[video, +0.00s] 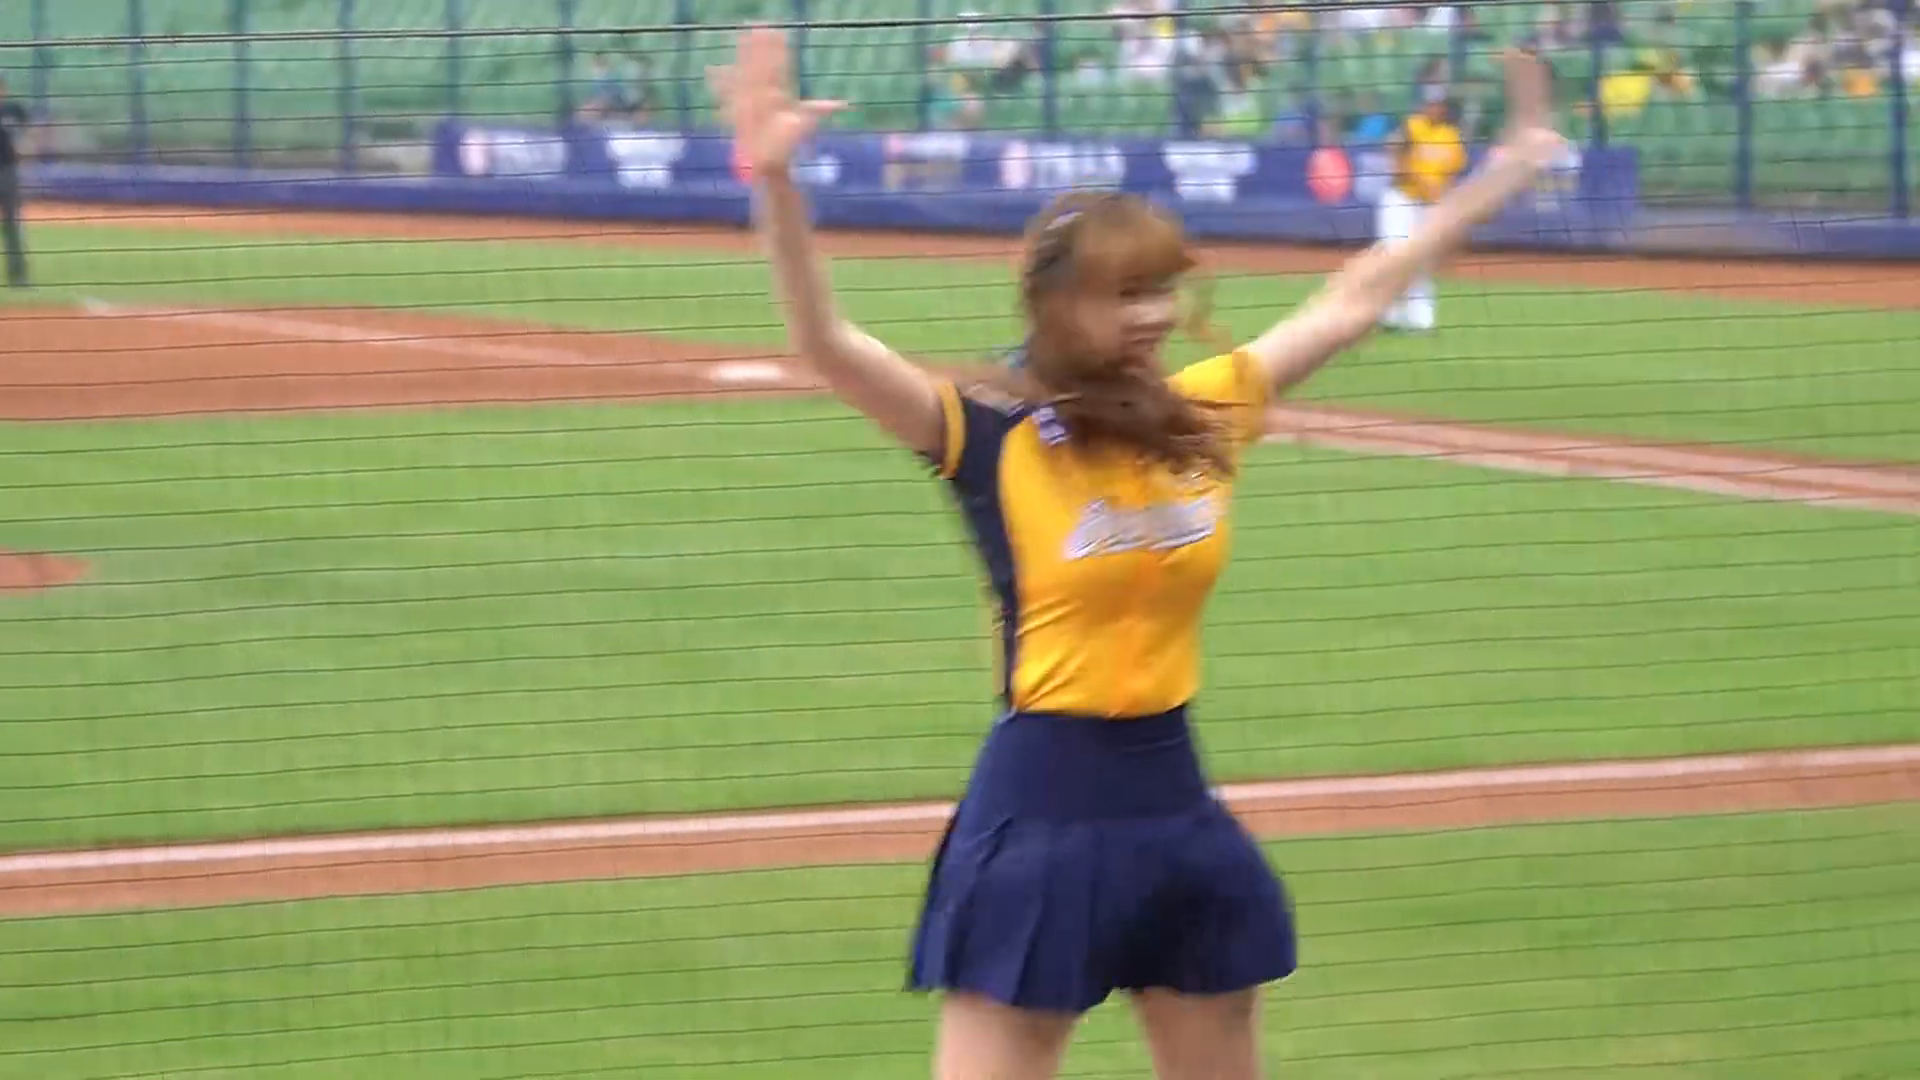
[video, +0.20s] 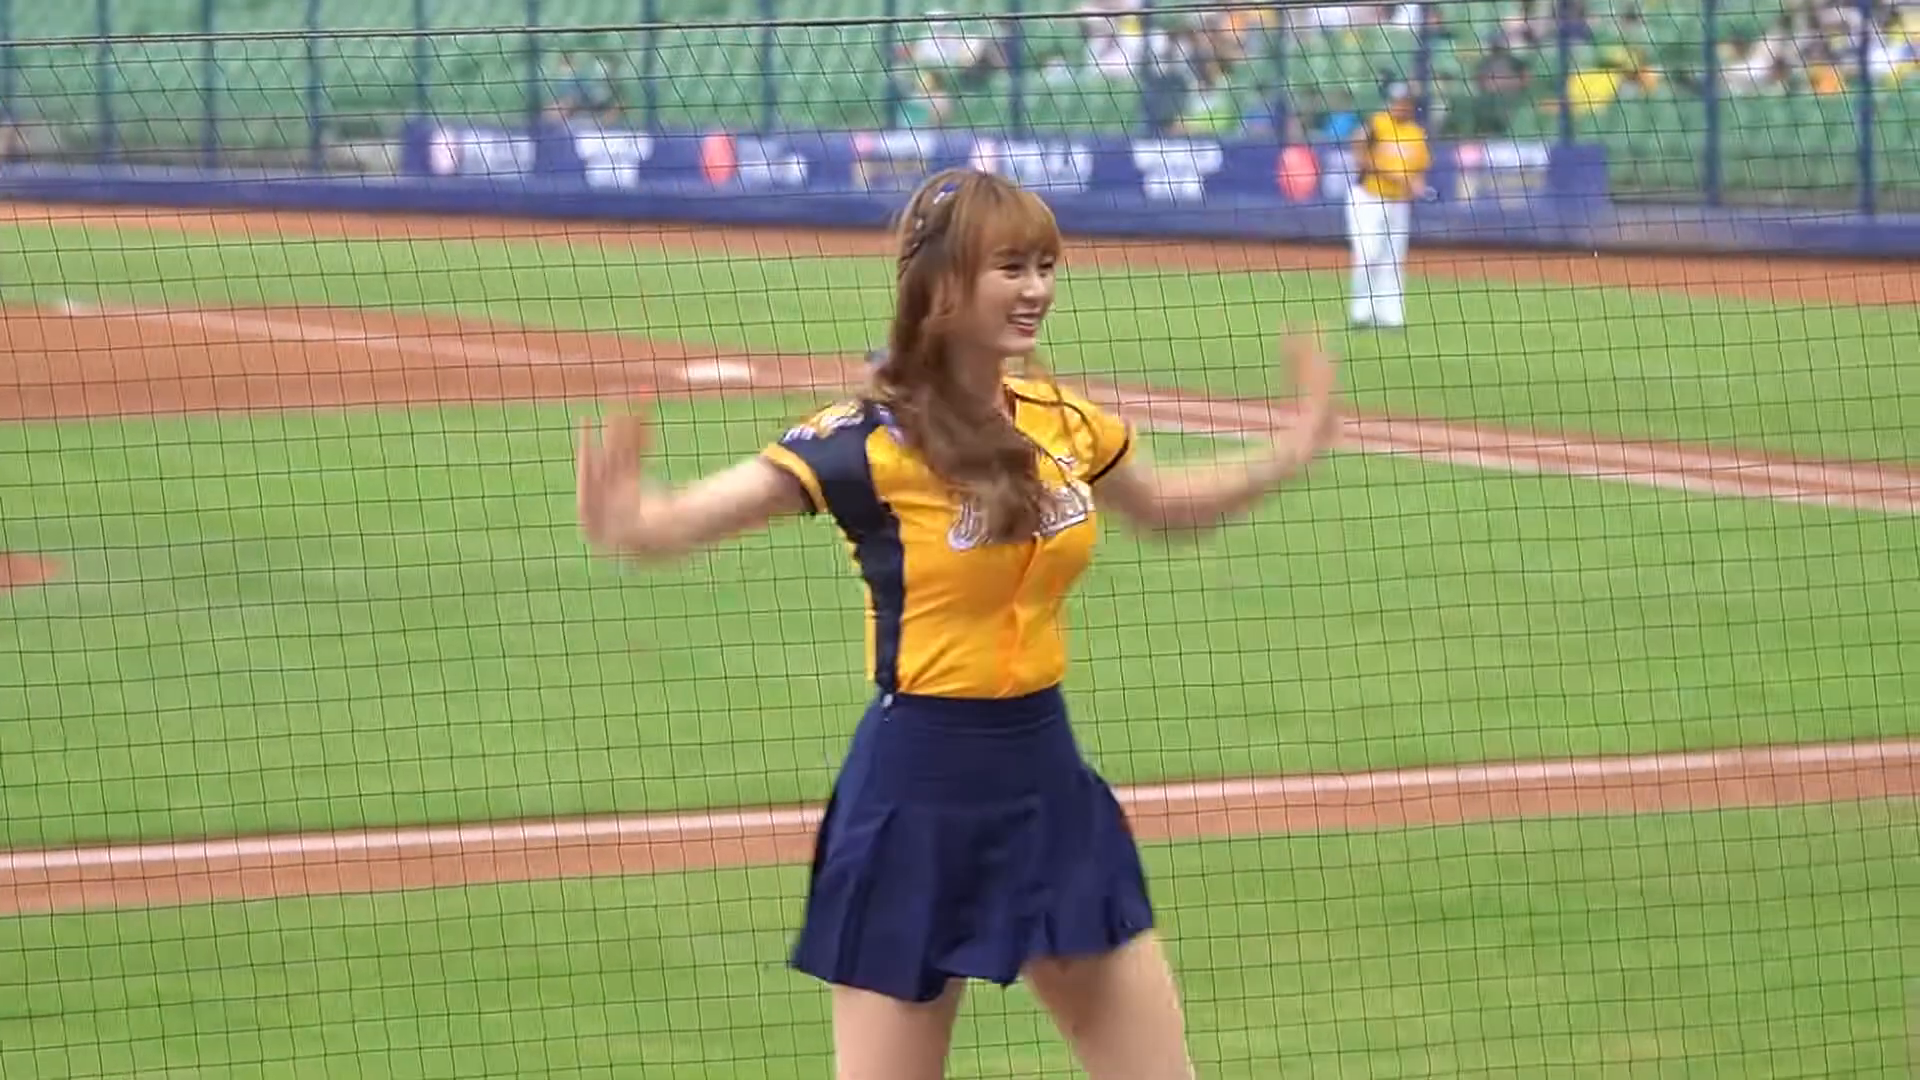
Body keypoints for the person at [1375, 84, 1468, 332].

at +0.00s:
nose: (1434, 110)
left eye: (1439, 105)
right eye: (1430, 104)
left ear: (1446, 107)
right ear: (1423, 105)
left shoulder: (1451, 134)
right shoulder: (1411, 128)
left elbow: (1458, 163)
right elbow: (1399, 166)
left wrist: (1441, 185)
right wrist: (1425, 187)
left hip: (1430, 201)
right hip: (1400, 198)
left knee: (1422, 258)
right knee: (1396, 255)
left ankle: (1420, 312)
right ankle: (1390, 311)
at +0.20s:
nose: (1400, 107)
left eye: (1405, 102)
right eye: (1396, 102)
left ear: (1413, 105)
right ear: (1388, 102)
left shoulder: (1417, 134)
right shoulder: (1377, 124)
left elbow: (1419, 166)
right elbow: (1360, 158)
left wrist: (1417, 184)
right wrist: (1397, 177)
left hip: (1398, 200)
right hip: (1367, 197)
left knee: (1393, 256)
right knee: (1369, 252)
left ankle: (1389, 310)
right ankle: (1362, 309)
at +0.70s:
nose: (1369, 107)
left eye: (1374, 103)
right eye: (1366, 101)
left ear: (1382, 103)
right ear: (1359, 99)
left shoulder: (1391, 128)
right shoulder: (1342, 122)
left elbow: (1400, 159)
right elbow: (1328, 155)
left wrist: (1384, 178)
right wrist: (1357, 173)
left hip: (1377, 198)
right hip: (1344, 197)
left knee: (1380, 255)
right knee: (1345, 255)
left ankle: (1385, 311)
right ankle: (1342, 310)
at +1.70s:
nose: (1375, 76)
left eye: (1379, 71)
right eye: (1371, 71)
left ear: (1387, 72)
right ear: (1363, 74)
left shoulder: (1405, 97)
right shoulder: (1354, 100)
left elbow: (1421, 128)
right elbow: (1344, 133)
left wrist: (1400, 152)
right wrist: (1366, 154)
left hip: (1400, 171)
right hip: (1365, 172)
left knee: (1401, 230)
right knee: (1371, 230)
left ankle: (1395, 283)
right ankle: (1374, 288)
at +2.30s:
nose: (1407, 55)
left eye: (1411, 49)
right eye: (1402, 50)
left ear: (1418, 53)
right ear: (1395, 52)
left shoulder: (1431, 85)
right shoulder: (1382, 77)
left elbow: (1437, 128)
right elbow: (1367, 105)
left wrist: (1436, 163)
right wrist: (1373, 137)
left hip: (1416, 157)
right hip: (1383, 154)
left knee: (1410, 214)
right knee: (1386, 212)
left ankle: (1406, 270)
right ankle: (1384, 269)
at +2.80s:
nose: (1417, 31)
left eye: (1422, 25)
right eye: (1413, 25)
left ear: (1429, 28)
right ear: (1406, 27)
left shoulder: (1443, 56)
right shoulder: (1391, 50)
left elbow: (1457, 99)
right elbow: (1380, 86)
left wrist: (1460, 133)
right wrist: (1376, 118)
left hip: (1430, 132)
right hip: (1394, 130)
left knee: (1426, 191)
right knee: (1384, 188)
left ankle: (1425, 250)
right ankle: (1377, 244)